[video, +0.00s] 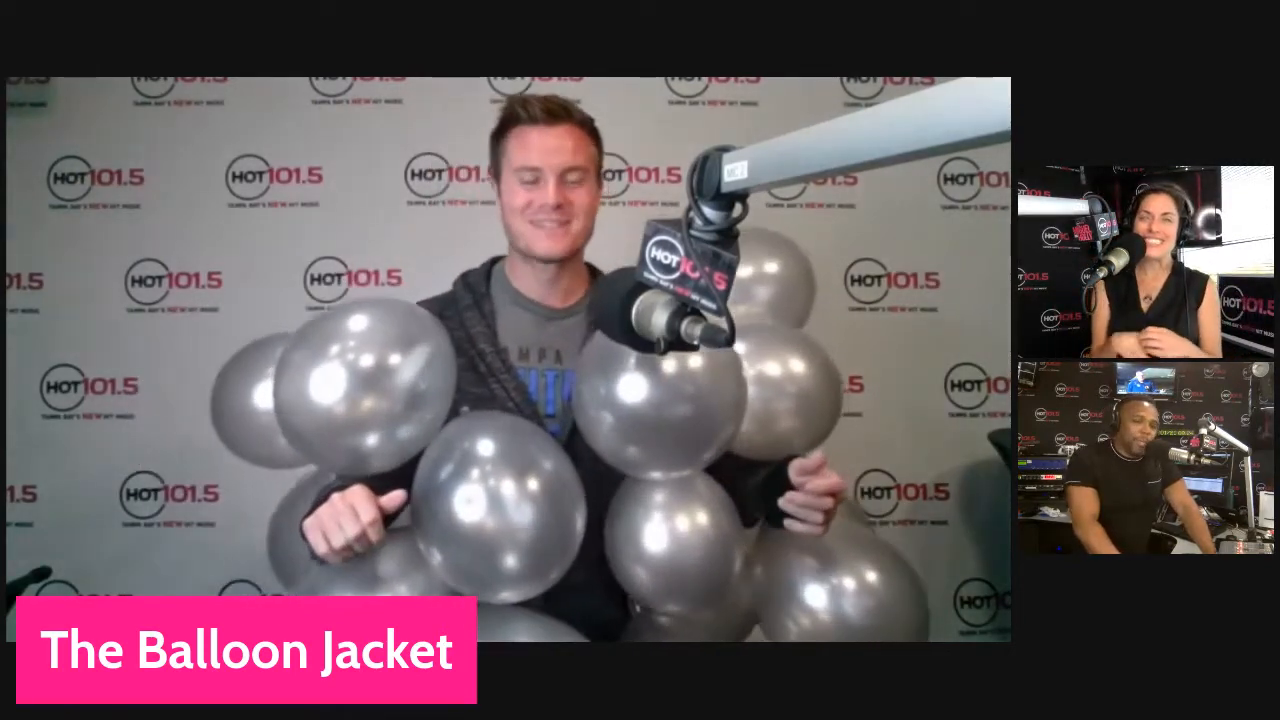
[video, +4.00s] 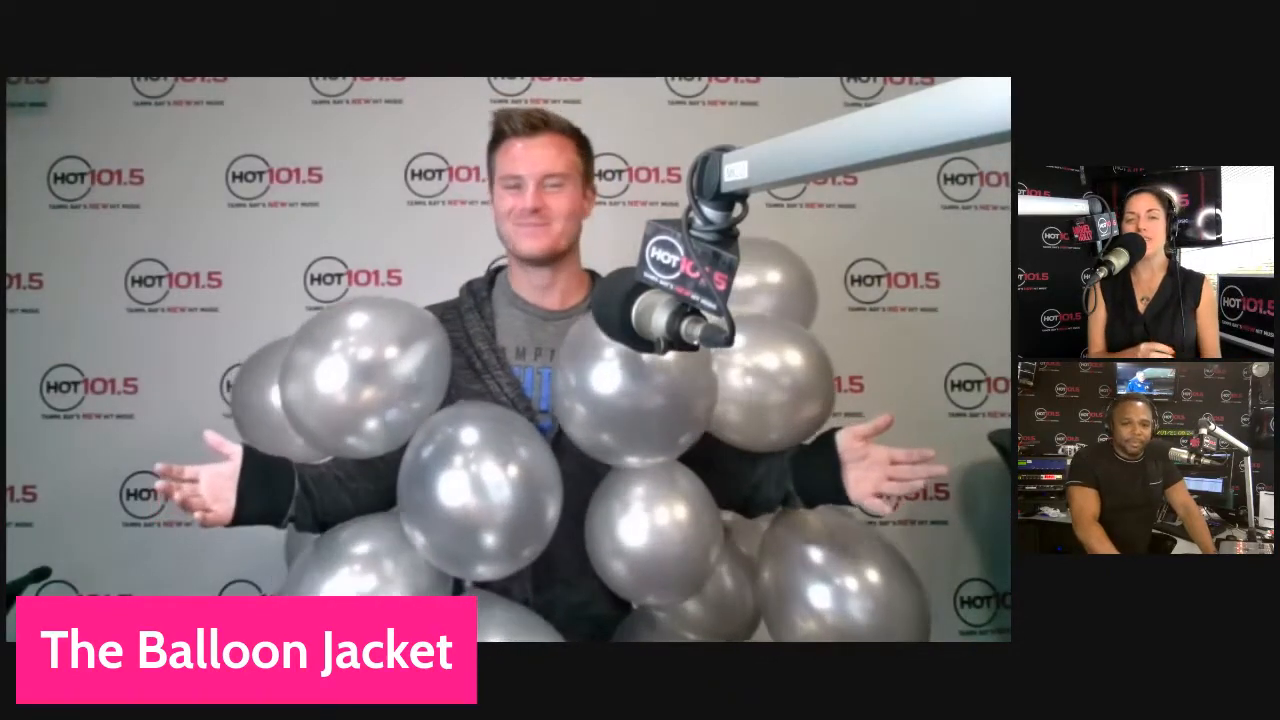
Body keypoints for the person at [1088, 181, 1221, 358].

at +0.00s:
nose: (1153, 227)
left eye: (1166, 219)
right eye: (1144, 217)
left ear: (1181, 228)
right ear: (1131, 223)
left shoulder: (1201, 287)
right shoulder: (1108, 285)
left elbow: (1215, 361)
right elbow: (1096, 356)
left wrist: (1184, 347)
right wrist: (1114, 343)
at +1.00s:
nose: (1151, 230)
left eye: (1164, 221)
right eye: (1142, 219)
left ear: (1178, 229)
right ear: (1129, 224)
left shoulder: (1199, 286)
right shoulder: (1106, 285)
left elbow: (1211, 360)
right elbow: (1095, 354)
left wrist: (1166, 342)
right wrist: (1132, 348)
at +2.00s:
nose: (1150, 229)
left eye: (1163, 221)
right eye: (1141, 218)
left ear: (1178, 231)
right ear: (1128, 224)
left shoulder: (1198, 285)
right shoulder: (1104, 285)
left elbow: (1211, 360)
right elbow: (1095, 354)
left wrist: (1158, 346)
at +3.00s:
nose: (1143, 227)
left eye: (1156, 218)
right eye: (1134, 218)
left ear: (1172, 227)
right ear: (1124, 225)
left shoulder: (1197, 285)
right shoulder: (1102, 287)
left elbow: (1209, 361)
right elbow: (1093, 355)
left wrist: (1163, 351)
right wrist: (1116, 350)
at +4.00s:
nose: (1140, 227)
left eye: (1152, 217)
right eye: (1131, 219)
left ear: (1168, 226)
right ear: (1121, 228)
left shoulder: (1197, 287)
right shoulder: (1102, 288)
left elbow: (1212, 364)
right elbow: (1095, 358)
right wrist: (1133, 354)